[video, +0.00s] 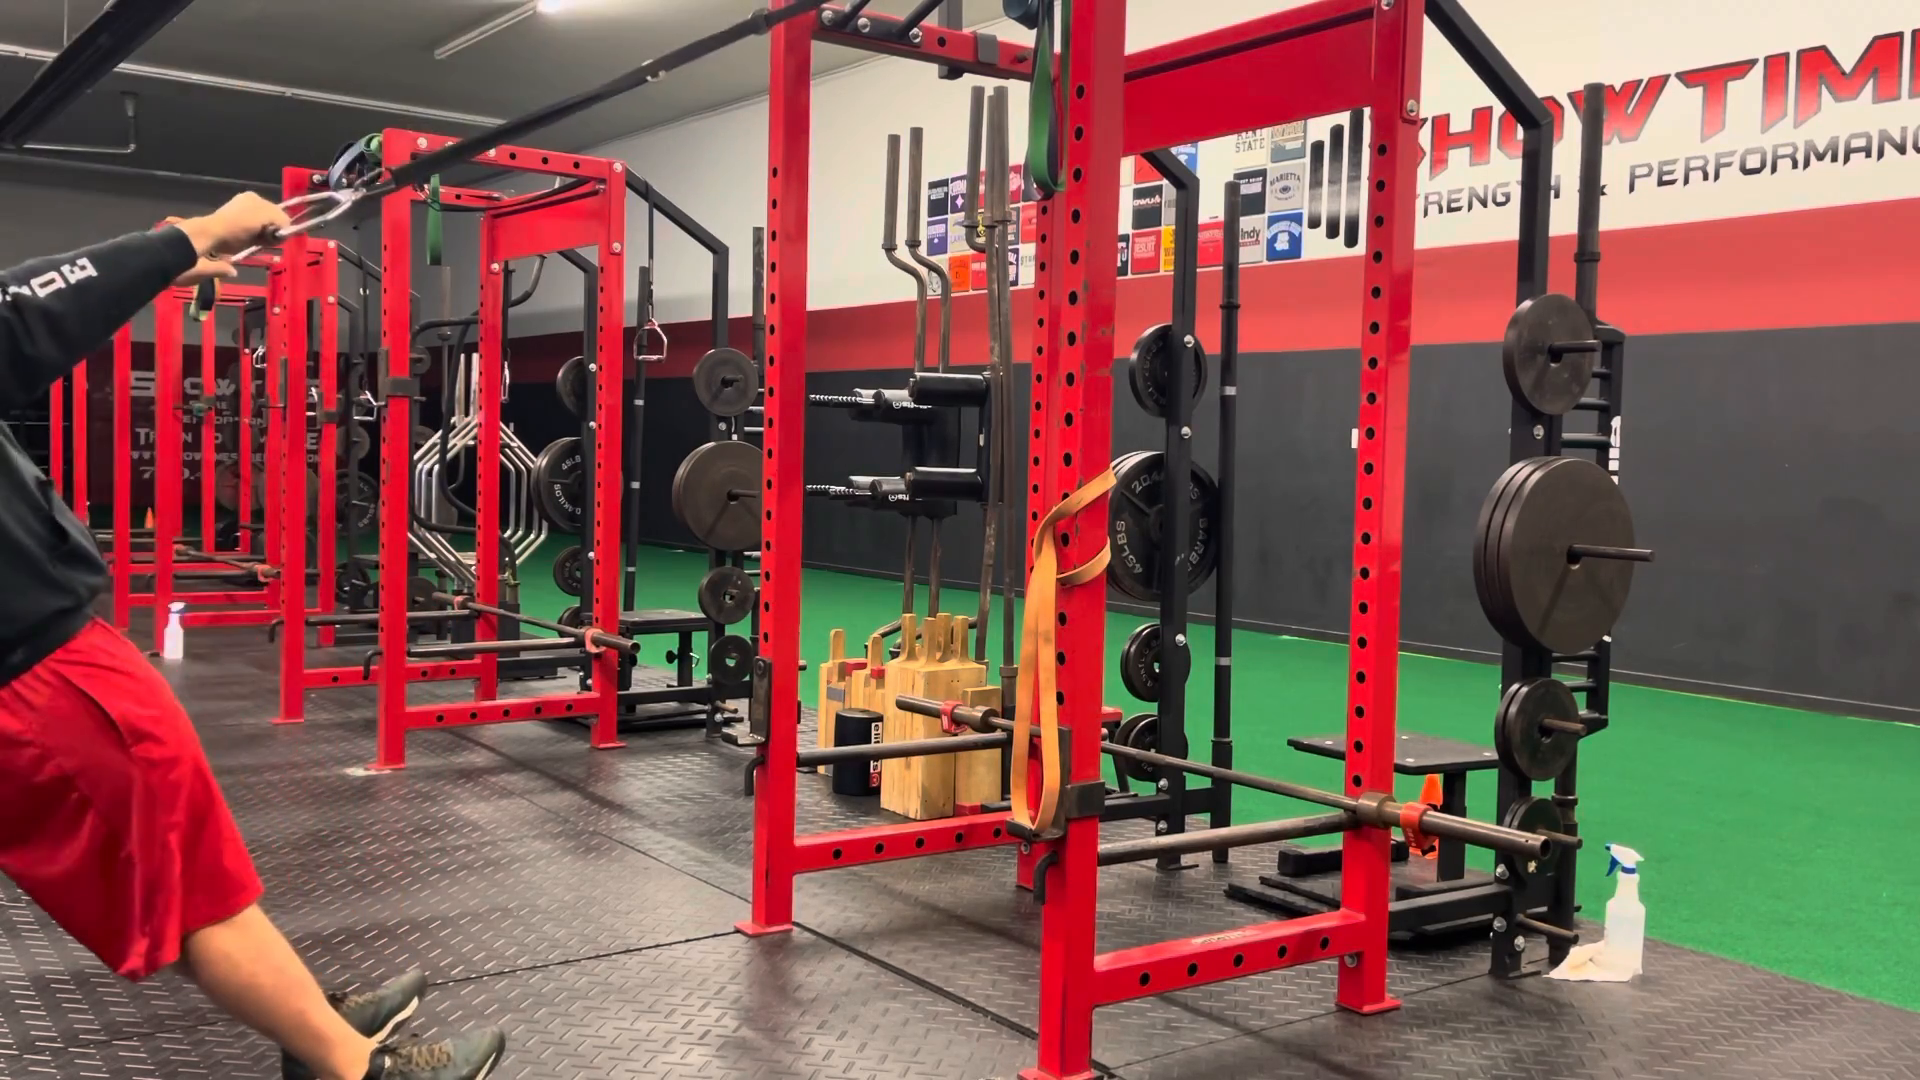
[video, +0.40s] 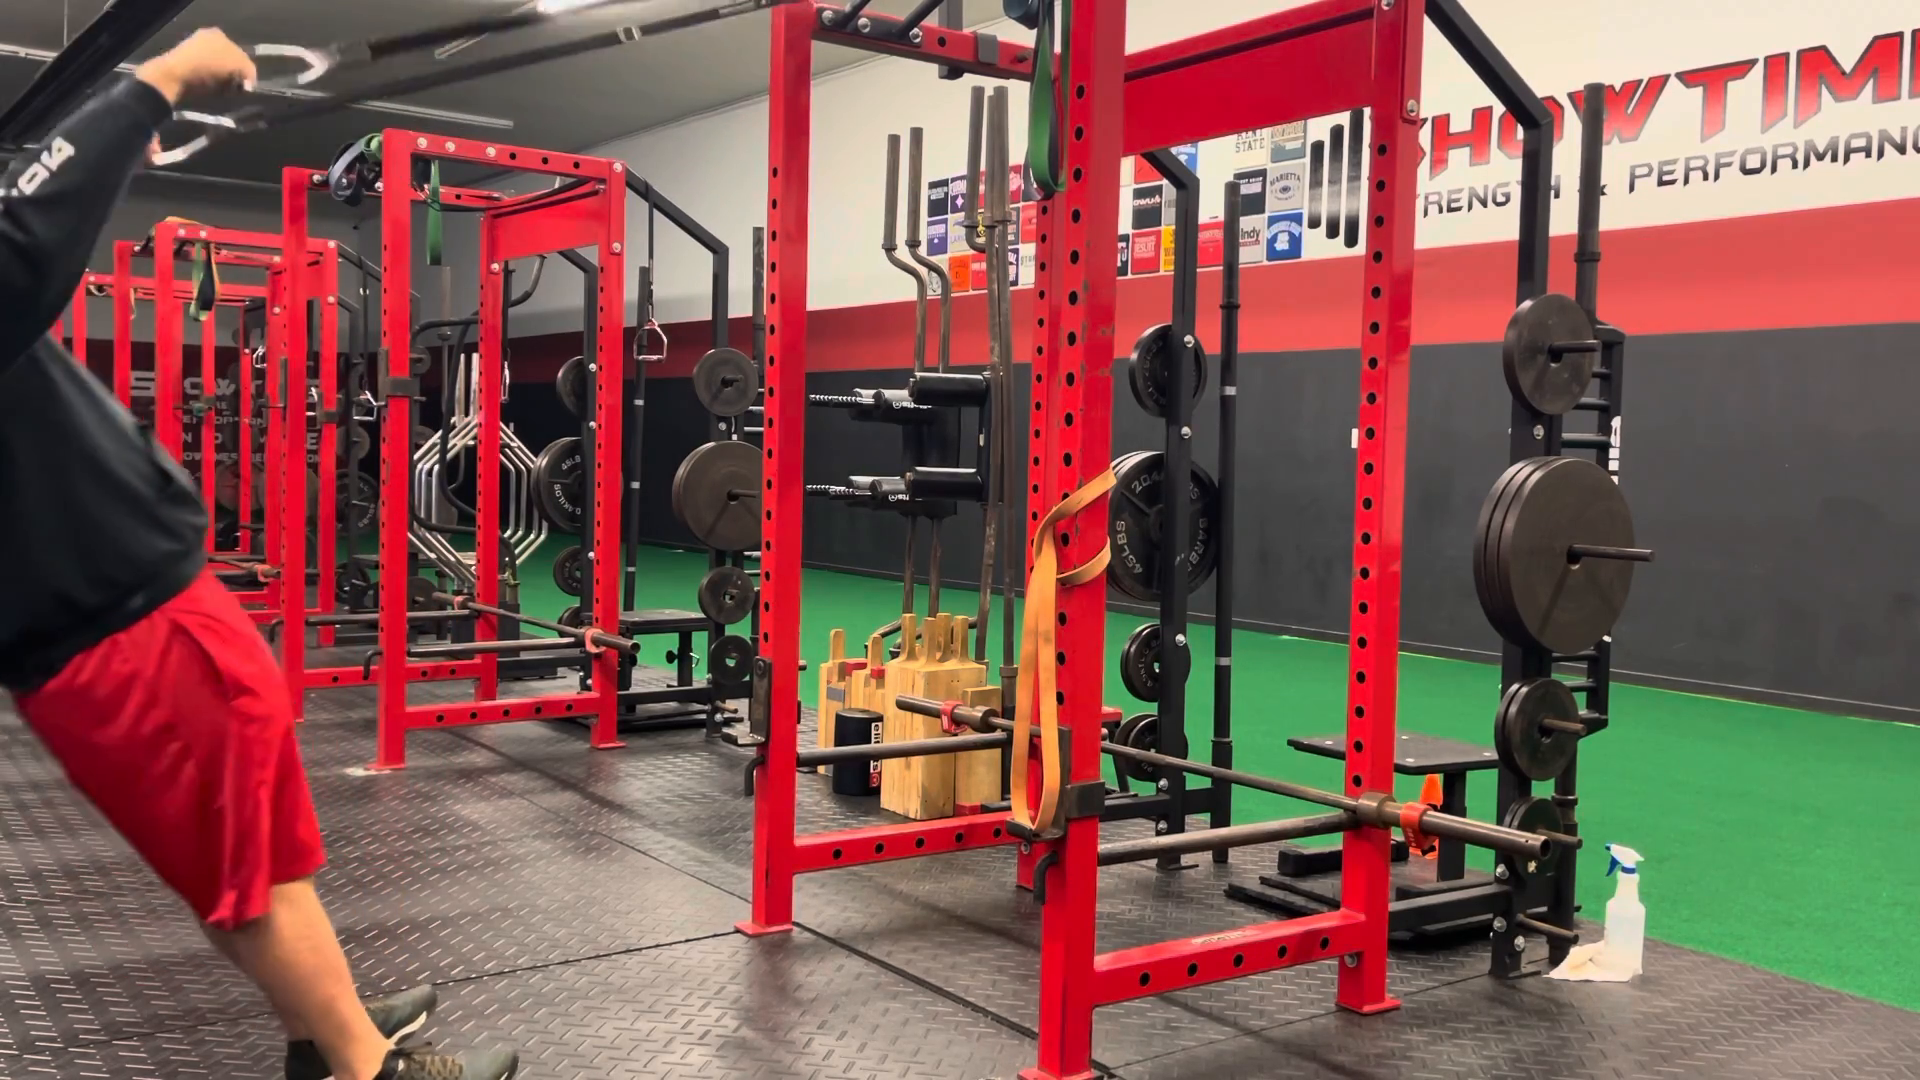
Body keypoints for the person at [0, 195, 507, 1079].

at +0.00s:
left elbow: (41, 309)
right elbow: (44, 308)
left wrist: (187, 238)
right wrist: (202, 233)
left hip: (35, 643)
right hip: (33, 649)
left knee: (181, 849)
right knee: (196, 880)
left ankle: (313, 1026)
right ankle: (353, 1064)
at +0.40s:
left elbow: (24, 249)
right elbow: (24, 258)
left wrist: (114, 130)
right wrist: (155, 77)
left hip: (97, 601)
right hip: (105, 607)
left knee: (243, 845)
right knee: (257, 865)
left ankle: (336, 1033)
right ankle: (366, 1065)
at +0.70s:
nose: (43, 135)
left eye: (37, 118)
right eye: (26, 123)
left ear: (21, 151)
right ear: (4, 154)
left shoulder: (32, 259)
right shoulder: (42, 253)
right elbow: (101, 84)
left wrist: (80, 32)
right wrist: (90, 10)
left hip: (184, 612)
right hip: (240, 605)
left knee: (270, 855)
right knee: (317, 865)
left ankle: (325, 1032)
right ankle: (377, 1059)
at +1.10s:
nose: (219, 125)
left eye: (196, 104)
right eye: (198, 109)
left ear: (111, 152)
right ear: (180, 132)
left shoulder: (120, 258)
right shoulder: (216, 236)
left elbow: (79, 135)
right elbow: (192, 79)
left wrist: (73, 20)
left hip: (246, 598)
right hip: (341, 594)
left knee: (289, 842)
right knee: (362, 862)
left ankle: (327, 1028)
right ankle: (386, 1059)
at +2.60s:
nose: (35, 131)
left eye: (29, 113)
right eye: (17, 117)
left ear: (13, 163)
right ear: (5, 164)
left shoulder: (36, 266)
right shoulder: (42, 264)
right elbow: (92, 94)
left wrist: (71, 78)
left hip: (184, 609)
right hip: (237, 605)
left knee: (274, 849)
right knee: (318, 860)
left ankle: (331, 1035)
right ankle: (382, 1061)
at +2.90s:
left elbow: (21, 225)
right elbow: (34, 205)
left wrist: (100, 159)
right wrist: (155, 87)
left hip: (89, 617)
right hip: (131, 610)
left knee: (238, 855)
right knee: (263, 866)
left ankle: (342, 1036)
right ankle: (370, 1064)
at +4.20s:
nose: (118, 125)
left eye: (100, 104)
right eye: (95, 111)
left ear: (48, 151)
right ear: (69, 134)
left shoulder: (44, 284)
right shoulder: (127, 238)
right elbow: (152, 85)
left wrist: (104, 36)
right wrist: (122, 14)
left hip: (217, 612)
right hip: (308, 599)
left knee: (284, 851)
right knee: (349, 866)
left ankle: (328, 1027)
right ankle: (388, 1061)